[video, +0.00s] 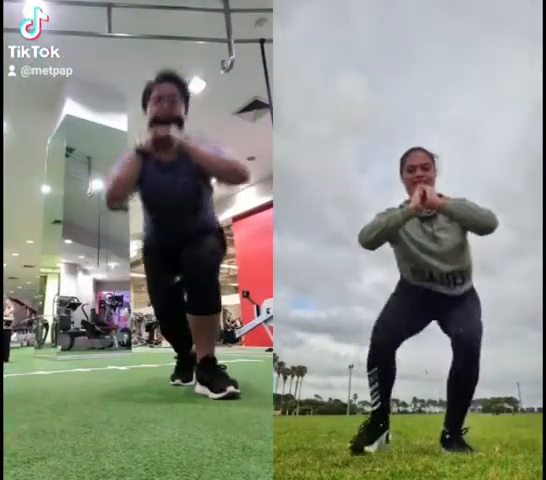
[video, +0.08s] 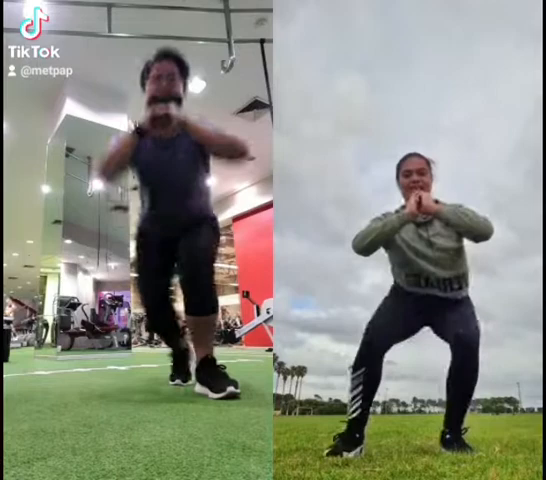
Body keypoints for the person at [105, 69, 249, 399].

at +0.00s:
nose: (164, 107)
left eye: (171, 100)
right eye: (157, 100)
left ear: (184, 109)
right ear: (146, 110)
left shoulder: (196, 148)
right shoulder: (137, 157)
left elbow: (240, 174)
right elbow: (114, 199)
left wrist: (185, 148)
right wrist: (140, 156)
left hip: (201, 236)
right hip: (159, 242)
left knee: (202, 275)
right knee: (166, 313)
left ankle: (207, 364)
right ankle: (185, 354)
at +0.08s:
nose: (163, 83)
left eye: (171, 77)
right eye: (157, 77)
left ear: (183, 87)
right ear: (145, 87)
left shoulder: (193, 131)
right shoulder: (135, 138)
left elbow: (240, 151)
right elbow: (105, 172)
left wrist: (185, 126)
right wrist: (138, 133)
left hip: (196, 223)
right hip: (155, 227)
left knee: (198, 280)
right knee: (154, 305)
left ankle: (206, 365)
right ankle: (180, 349)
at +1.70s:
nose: (37, 87)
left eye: (46, 81)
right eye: (30, 79)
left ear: (60, 83)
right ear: (19, 80)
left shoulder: (76, 120)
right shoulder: (12, 125)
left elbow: (120, 140)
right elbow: (4, 160)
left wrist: (66, 112)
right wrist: (11, 118)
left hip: (88, 226)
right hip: (41, 224)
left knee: (77, 313)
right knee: (35, 269)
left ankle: (48, 354)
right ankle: (48, 367)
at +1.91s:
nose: (41, 40)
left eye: (50, 32)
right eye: (33, 31)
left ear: (66, 42)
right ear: (22, 39)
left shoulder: (81, 87)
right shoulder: (16, 90)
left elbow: (125, 111)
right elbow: (4, 126)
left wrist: (67, 76)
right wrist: (9, 81)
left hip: (96, 200)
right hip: (48, 200)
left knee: (95, 294)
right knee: (44, 277)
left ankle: (71, 338)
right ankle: (48, 368)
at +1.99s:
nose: (51, 30)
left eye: (60, 23)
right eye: (44, 22)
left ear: (74, 33)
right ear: (30, 30)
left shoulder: (89, 78)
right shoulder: (21, 82)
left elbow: (133, 106)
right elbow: (5, 119)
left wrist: (77, 65)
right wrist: (14, 74)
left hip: (101, 195)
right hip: (52, 196)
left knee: (122, 276)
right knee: (45, 276)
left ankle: (98, 329)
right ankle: (48, 371)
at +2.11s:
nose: (61, 32)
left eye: (70, 25)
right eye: (55, 24)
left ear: (85, 32)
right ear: (44, 29)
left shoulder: (99, 78)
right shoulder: (31, 80)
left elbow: (144, 109)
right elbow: (5, 119)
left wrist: (90, 67)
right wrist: (24, 71)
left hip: (107, 196)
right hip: (57, 198)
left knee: (144, 260)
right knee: (45, 275)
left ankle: (143, 344)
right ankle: (48, 371)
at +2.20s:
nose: (76, 40)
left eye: (85, 33)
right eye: (69, 30)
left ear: (98, 41)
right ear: (55, 34)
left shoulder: (112, 88)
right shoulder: (42, 90)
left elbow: (159, 116)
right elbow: (10, 129)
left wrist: (107, 77)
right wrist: (43, 76)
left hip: (117, 203)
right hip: (66, 205)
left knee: (163, 263)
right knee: (46, 278)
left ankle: (187, 354)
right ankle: (49, 372)